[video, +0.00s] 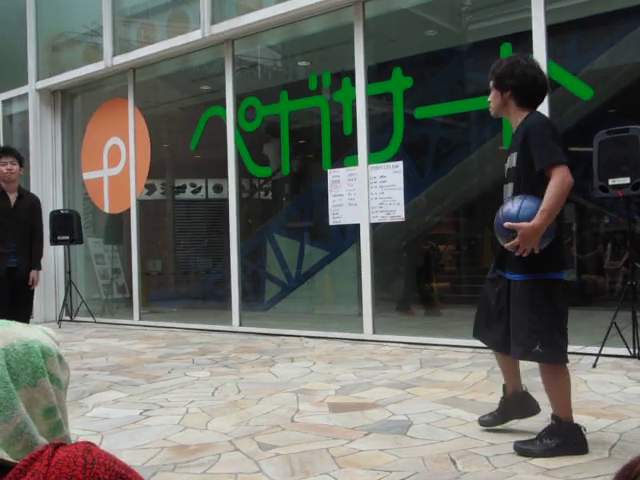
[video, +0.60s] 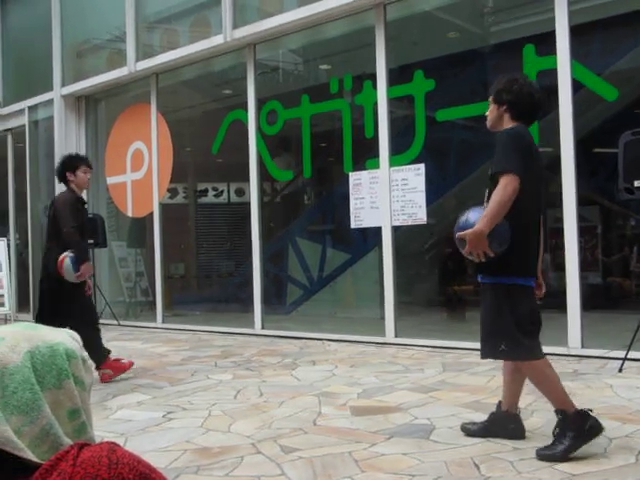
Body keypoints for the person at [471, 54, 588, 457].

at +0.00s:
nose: (488, 96)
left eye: (492, 89)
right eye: (490, 89)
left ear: (508, 93)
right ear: (514, 93)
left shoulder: (537, 127)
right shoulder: (522, 132)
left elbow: (562, 178)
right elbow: (531, 185)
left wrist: (538, 226)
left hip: (537, 260)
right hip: (512, 259)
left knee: (546, 341)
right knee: (493, 322)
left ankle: (565, 428)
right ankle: (514, 395)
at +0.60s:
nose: (486, 111)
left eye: (490, 105)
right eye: (488, 104)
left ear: (503, 108)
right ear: (514, 110)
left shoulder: (510, 139)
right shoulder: (525, 145)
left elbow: (508, 187)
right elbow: (533, 214)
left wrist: (479, 229)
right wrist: (535, 267)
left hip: (509, 267)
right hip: (517, 265)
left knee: (520, 344)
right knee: (513, 341)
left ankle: (574, 419)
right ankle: (507, 415)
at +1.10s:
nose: (489, 120)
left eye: (494, 113)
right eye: (492, 113)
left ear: (507, 116)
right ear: (522, 121)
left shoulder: (502, 141)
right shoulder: (532, 156)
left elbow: (487, 182)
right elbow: (533, 219)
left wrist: (458, 225)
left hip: (492, 264)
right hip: (516, 265)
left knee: (478, 337)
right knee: (515, 338)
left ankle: (530, 399)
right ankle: (511, 412)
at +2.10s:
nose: (492, 105)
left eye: (493, 99)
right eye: (494, 98)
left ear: (499, 103)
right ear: (534, 98)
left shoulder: (517, 136)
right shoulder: (542, 136)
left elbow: (524, 188)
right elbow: (540, 196)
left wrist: (515, 241)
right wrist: (518, 239)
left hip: (530, 261)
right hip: (544, 258)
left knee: (536, 347)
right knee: (528, 340)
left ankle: (556, 437)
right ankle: (516, 409)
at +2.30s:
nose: (506, 95)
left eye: (509, 89)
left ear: (513, 96)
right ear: (554, 94)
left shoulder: (523, 136)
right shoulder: (562, 138)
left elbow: (523, 193)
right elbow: (557, 203)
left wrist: (509, 247)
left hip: (534, 263)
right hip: (555, 262)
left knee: (542, 350)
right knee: (552, 343)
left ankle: (556, 439)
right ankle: (566, 421)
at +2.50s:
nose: (522, 88)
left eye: (525, 83)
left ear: (527, 93)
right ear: (569, 93)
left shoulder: (524, 138)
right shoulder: (580, 137)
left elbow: (512, 196)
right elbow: (577, 201)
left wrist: (489, 247)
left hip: (534, 265)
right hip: (574, 261)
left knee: (545, 351)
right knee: (585, 344)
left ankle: (556, 439)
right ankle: (606, 431)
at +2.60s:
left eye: (533, 84)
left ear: (535, 92)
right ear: (578, 93)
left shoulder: (528, 139)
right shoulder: (590, 139)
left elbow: (506, 199)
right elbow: (596, 208)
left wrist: (479, 247)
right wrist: (579, 242)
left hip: (537, 268)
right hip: (583, 265)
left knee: (547, 351)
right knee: (596, 346)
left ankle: (556, 439)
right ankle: (607, 432)